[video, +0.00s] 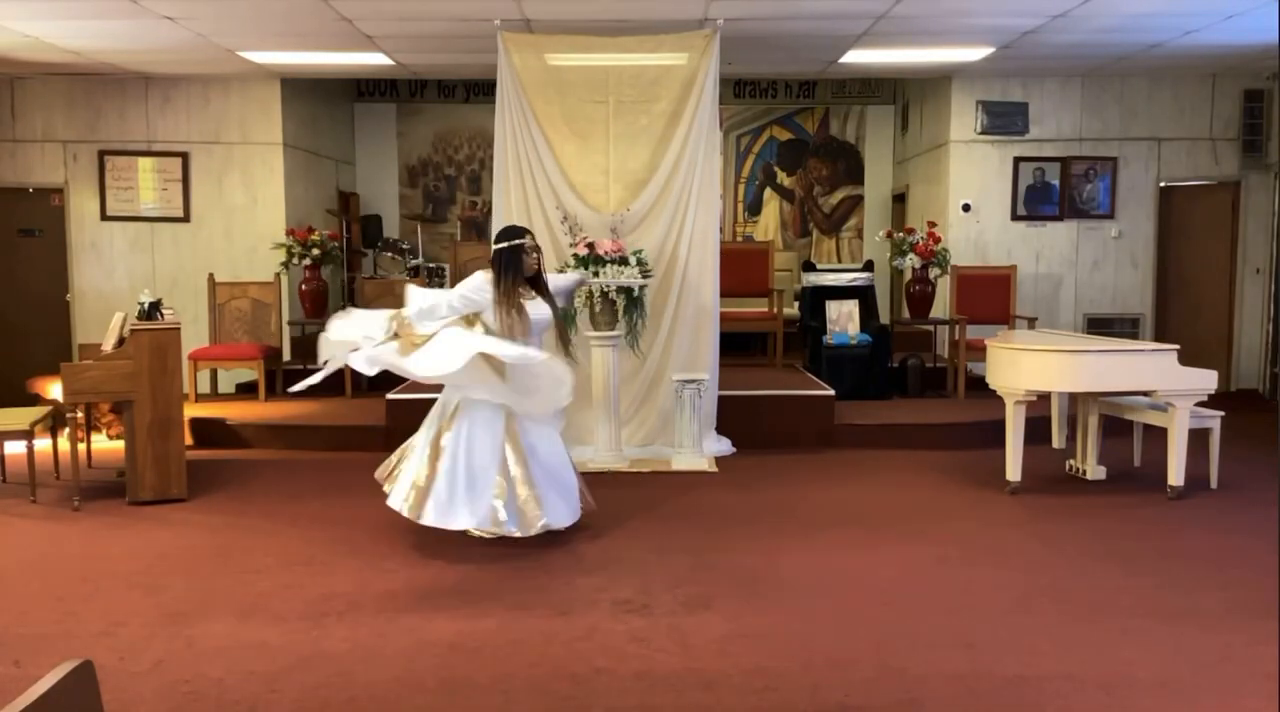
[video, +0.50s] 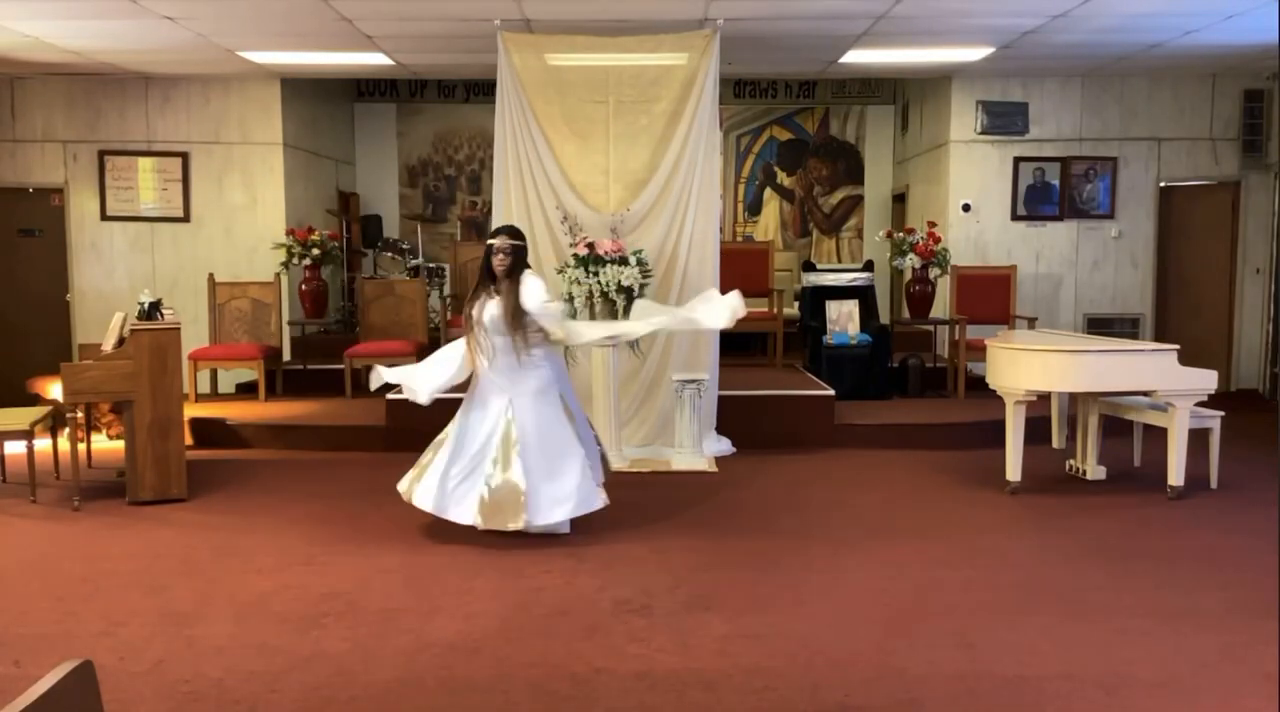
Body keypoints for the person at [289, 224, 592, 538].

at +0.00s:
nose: (536, 256)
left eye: (535, 250)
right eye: (530, 251)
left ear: (521, 255)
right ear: (513, 256)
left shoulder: (534, 286)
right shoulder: (485, 284)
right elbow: (443, 305)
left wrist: (586, 275)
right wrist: (402, 316)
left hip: (527, 383)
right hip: (488, 384)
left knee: (534, 446)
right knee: (485, 447)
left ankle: (537, 515)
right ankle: (484, 517)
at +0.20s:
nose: (531, 257)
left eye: (535, 251)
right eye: (523, 252)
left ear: (540, 254)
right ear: (506, 256)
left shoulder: (551, 285)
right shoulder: (489, 285)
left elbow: (590, 286)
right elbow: (454, 314)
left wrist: (632, 284)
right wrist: (418, 330)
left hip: (540, 380)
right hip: (497, 381)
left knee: (540, 447)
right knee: (497, 449)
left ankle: (544, 511)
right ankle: (493, 517)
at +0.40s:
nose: (513, 258)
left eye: (520, 252)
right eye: (506, 252)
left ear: (530, 257)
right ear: (496, 258)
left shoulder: (545, 292)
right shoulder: (484, 306)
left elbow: (595, 302)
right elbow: (454, 348)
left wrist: (639, 305)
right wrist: (412, 370)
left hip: (543, 388)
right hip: (499, 390)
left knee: (550, 452)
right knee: (497, 453)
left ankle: (554, 520)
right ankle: (496, 521)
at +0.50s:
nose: (500, 259)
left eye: (508, 252)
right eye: (494, 252)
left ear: (520, 256)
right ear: (487, 258)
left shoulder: (530, 286)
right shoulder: (482, 300)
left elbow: (557, 324)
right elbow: (468, 350)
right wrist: (423, 375)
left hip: (535, 376)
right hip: (496, 380)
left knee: (538, 443)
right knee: (493, 443)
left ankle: (550, 515)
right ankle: (498, 513)